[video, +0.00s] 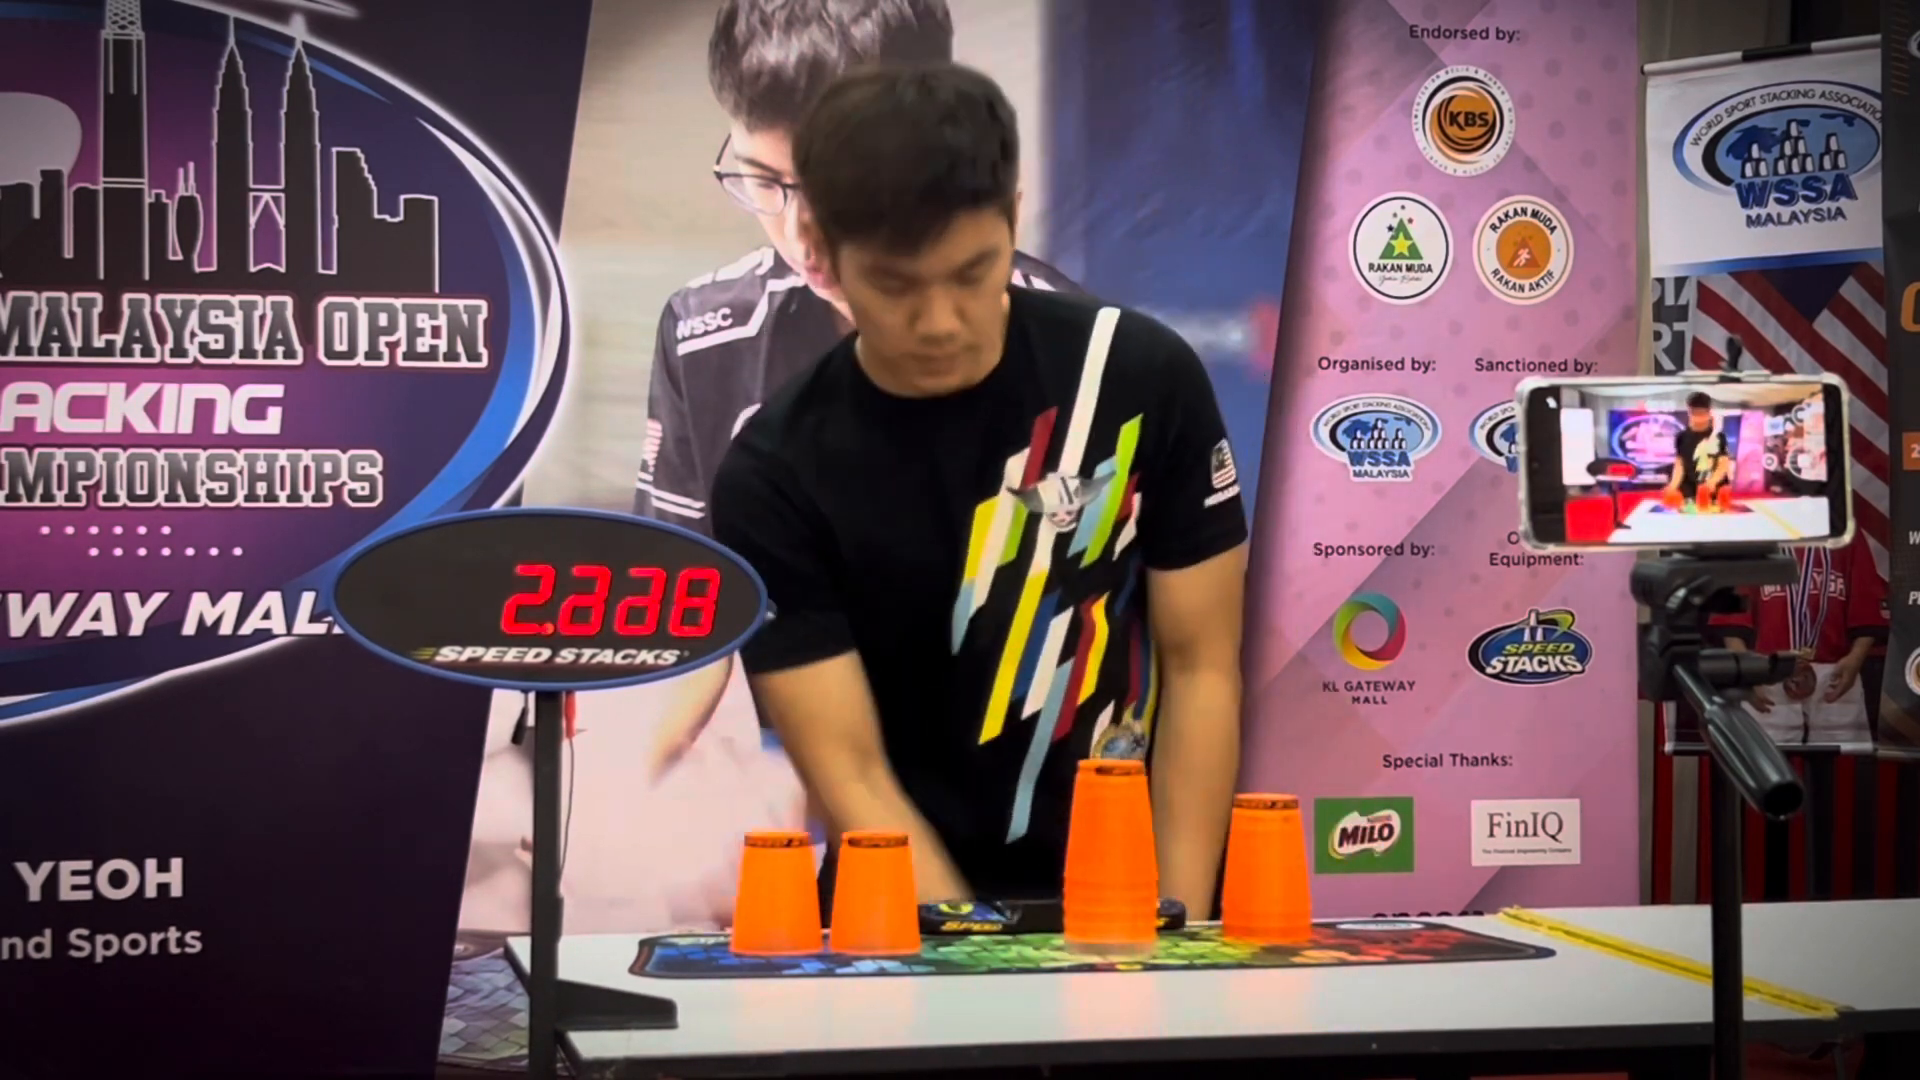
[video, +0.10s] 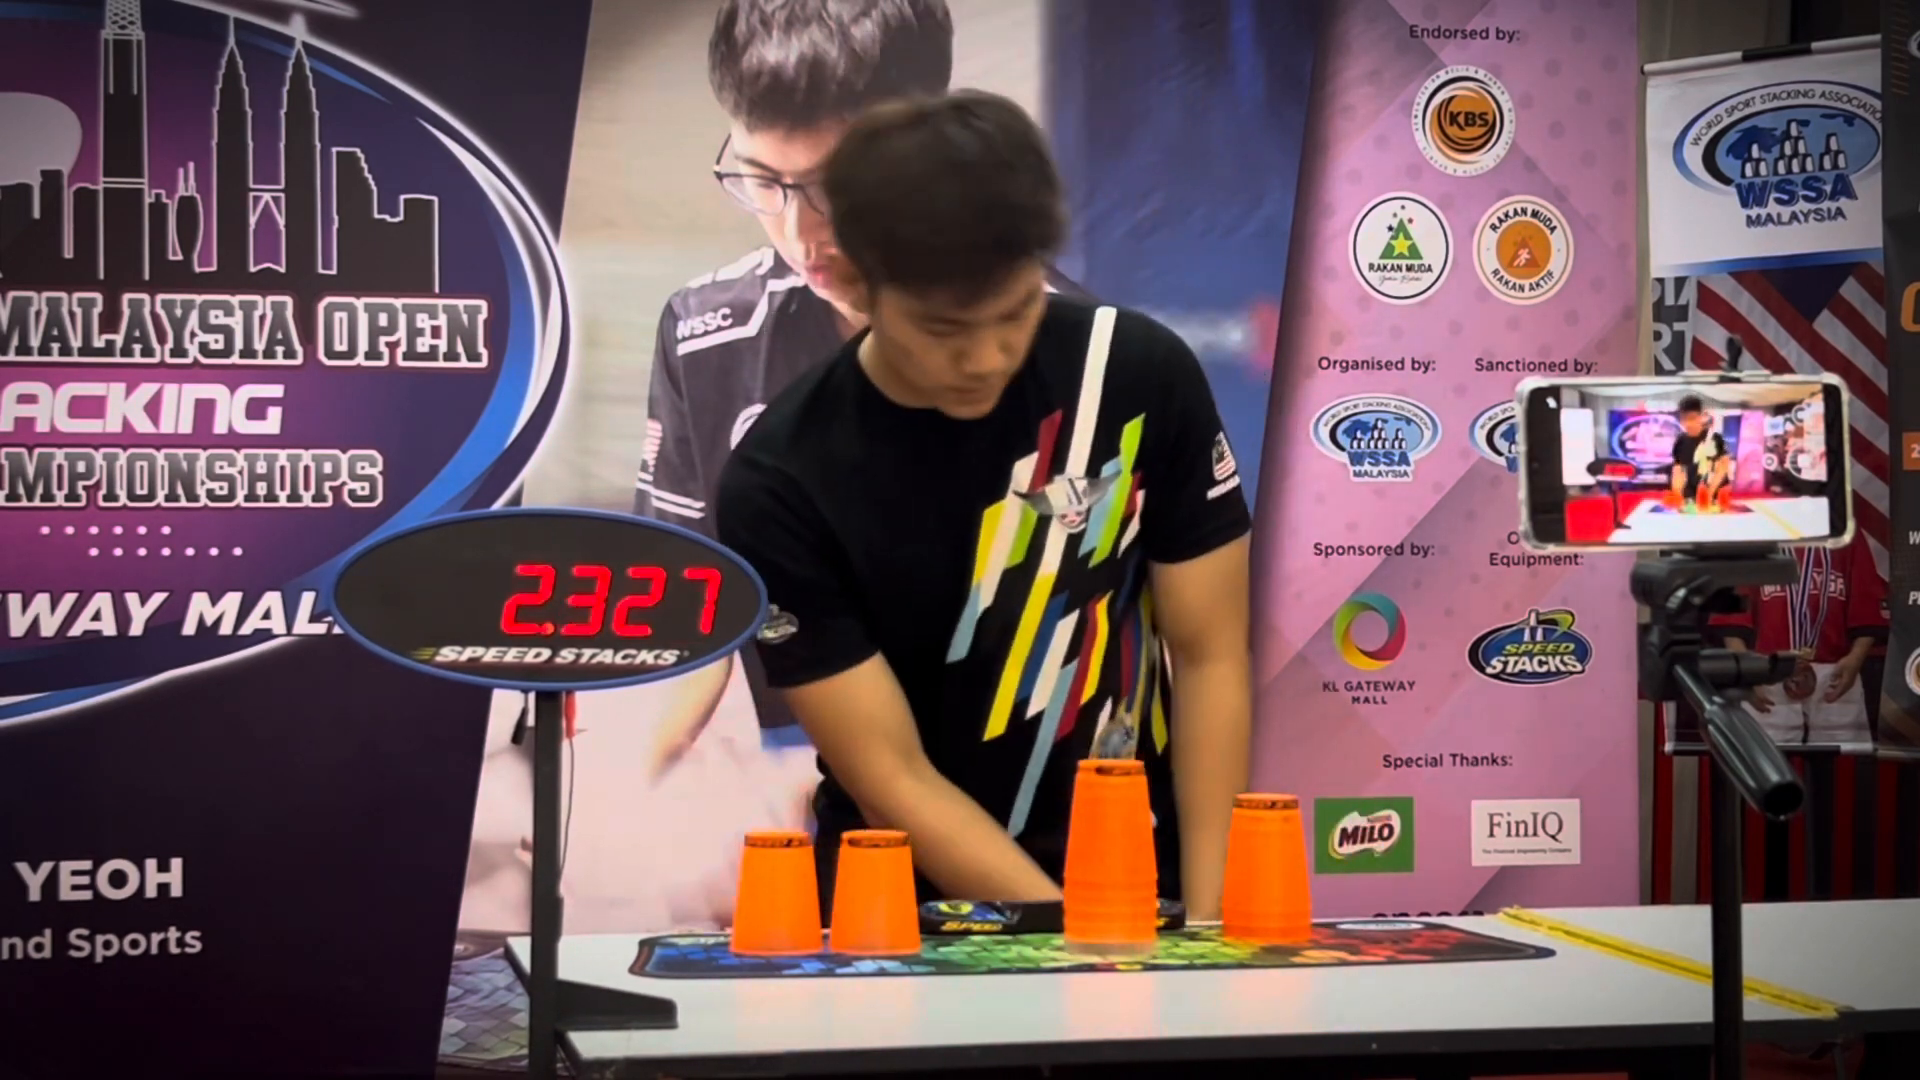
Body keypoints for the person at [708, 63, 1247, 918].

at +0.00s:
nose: (939, 321)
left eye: (973, 272)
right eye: (894, 283)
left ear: (1013, 225)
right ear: (823, 260)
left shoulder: (1144, 378)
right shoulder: (774, 474)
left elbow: (1199, 666)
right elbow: (852, 778)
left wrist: (1177, 930)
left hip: (1117, 921)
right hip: (915, 933)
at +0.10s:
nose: (986, 359)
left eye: (1017, 312)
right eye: (943, 327)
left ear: (1041, 258)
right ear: (857, 284)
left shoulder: (1141, 376)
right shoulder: (778, 484)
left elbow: (1208, 655)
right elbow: (893, 780)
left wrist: (1211, 926)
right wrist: (1077, 939)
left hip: (1130, 899)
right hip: (913, 920)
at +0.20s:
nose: (1058, 360)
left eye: (1084, 325)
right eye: (1027, 328)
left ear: (1109, 290)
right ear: (923, 265)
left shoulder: (1152, 366)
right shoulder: (800, 460)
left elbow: (1211, 632)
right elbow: (871, 764)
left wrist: (1199, 898)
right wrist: (1069, 924)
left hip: (1126, 891)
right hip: (920, 915)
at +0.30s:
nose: (1126, 348)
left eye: (1151, 316)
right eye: (1107, 313)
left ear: (1172, 289)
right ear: (1001, 244)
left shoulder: (1164, 363)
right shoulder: (831, 425)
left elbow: (1186, 625)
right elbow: (836, 741)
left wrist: (1175, 893)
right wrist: (991, 936)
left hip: (1088, 894)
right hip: (897, 911)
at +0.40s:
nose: (1190, 324)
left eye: (1209, 295)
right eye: (1180, 285)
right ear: (1081, 216)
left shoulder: (1171, 364)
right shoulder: (868, 395)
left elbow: (1176, 624)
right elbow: (812, 717)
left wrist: (1170, 890)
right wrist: (909, 943)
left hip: (1081, 897)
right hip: (910, 917)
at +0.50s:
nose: (1235, 322)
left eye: (1258, 294)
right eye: (1239, 281)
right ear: (1153, 206)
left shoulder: (1174, 359)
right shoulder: (909, 374)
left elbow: (1171, 625)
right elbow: (812, 685)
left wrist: (1187, 869)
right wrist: (873, 941)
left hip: (1073, 903)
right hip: (911, 917)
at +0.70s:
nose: (1299, 392)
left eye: (1325, 372)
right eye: (1317, 358)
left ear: (1259, 270)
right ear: (1260, 269)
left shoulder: (1201, 392)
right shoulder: (987, 373)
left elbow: (1158, 662)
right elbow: (864, 674)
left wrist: (1224, 900)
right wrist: (893, 935)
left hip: (1054, 902)